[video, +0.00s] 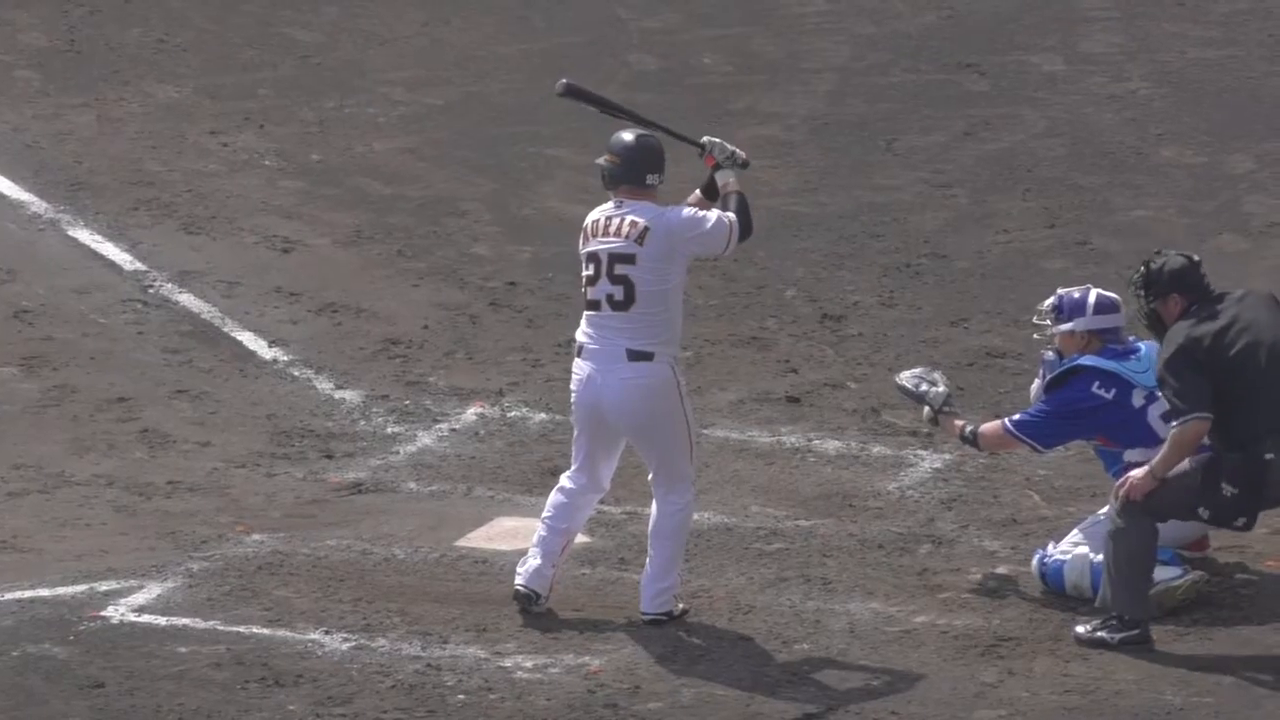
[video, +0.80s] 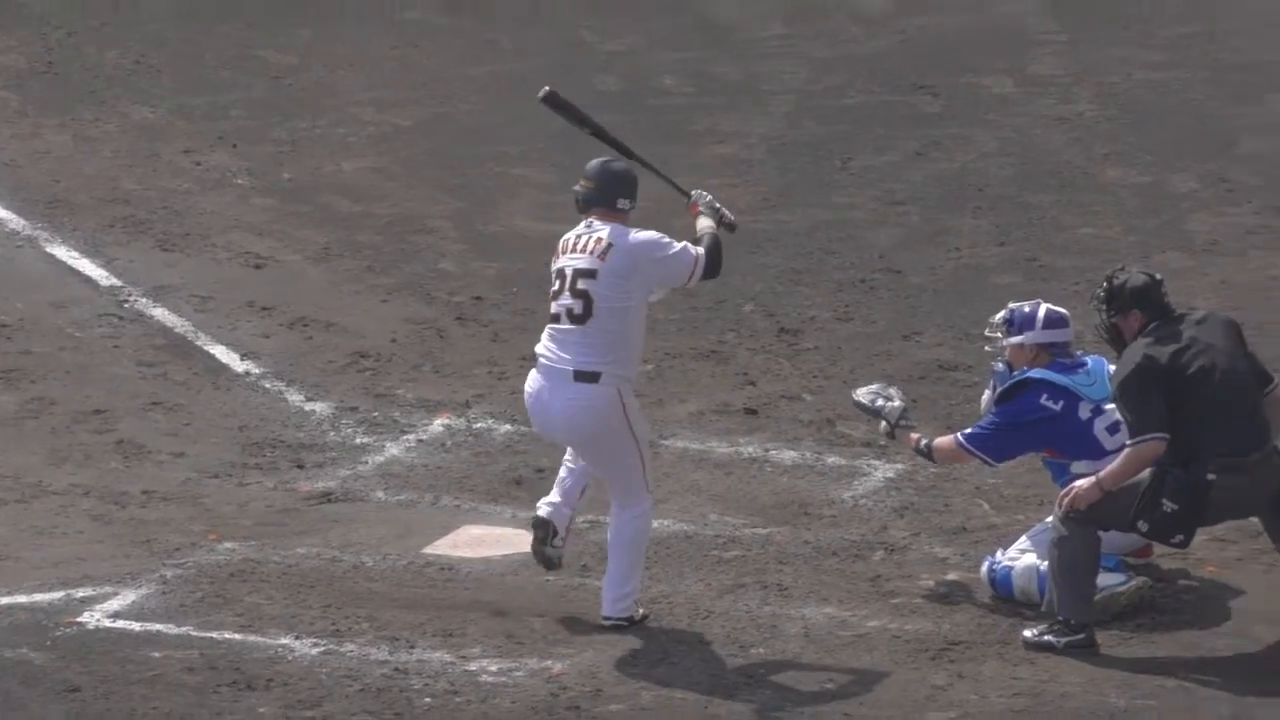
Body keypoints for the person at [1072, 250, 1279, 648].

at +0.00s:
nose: (1152, 313)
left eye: (1154, 304)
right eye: (1149, 304)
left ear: (1175, 303)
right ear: (1201, 288)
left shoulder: (1182, 343)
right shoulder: (1260, 301)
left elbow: (1195, 422)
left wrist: (1152, 473)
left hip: (1256, 470)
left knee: (1132, 499)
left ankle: (1127, 619)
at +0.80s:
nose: (1113, 329)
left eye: (1115, 320)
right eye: (1111, 320)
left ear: (1135, 319)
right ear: (1163, 306)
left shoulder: (1136, 363)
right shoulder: (1220, 325)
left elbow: (1150, 444)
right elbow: (1269, 391)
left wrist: (1096, 484)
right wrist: (1262, 446)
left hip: (1198, 492)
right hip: (1264, 477)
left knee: (1074, 509)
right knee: (1266, 480)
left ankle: (1071, 624)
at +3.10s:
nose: (1036, 269)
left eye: (1038, 262)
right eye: (1035, 261)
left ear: (1055, 263)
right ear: (1077, 254)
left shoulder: (1058, 315)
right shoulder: (1122, 274)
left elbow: (1063, 397)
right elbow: (1147, 334)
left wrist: (1062, 457)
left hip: (1119, 415)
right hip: (1166, 396)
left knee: (1070, 508)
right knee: (1172, 501)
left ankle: (1076, 607)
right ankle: (1228, 593)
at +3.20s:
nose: (1051, 266)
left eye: (1053, 258)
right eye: (1051, 257)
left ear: (1067, 258)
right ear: (1093, 250)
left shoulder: (1069, 313)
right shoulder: (1135, 274)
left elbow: (1068, 393)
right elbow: (1172, 331)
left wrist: (1066, 455)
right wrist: (1192, 367)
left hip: (1117, 419)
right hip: (1166, 403)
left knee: (1079, 510)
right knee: (1173, 505)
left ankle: (1082, 608)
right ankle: (1222, 600)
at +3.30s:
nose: (1065, 262)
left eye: (1067, 254)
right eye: (1065, 254)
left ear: (1083, 256)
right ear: (1108, 248)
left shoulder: (1078, 307)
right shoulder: (1149, 273)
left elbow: (1075, 385)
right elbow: (1186, 317)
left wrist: (1071, 448)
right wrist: (1207, 323)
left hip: (1122, 417)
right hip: (1172, 404)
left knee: (1089, 512)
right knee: (1181, 506)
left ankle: (1086, 610)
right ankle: (1226, 604)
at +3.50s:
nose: (1107, 255)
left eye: (1109, 248)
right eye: (1108, 247)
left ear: (1122, 252)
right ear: (1150, 244)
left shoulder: (1113, 306)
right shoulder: (1188, 270)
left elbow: (1103, 383)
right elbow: (1226, 278)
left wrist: (1089, 440)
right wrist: (1227, 234)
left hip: (1144, 417)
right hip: (1197, 406)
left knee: (1114, 513)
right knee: (1203, 509)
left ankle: (1095, 611)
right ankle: (1236, 612)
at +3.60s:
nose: (1128, 250)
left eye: (1130, 243)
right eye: (1129, 243)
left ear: (1143, 247)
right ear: (1175, 240)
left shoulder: (1133, 302)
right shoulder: (1211, 267)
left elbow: (1122, 378)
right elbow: (1237, 251)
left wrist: (1105, 434)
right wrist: (1227, 197)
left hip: (1158, 412)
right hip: (1212, 402)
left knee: (1128, 510)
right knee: (1215, 510)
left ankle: (1102, 605)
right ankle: (1240, 609)